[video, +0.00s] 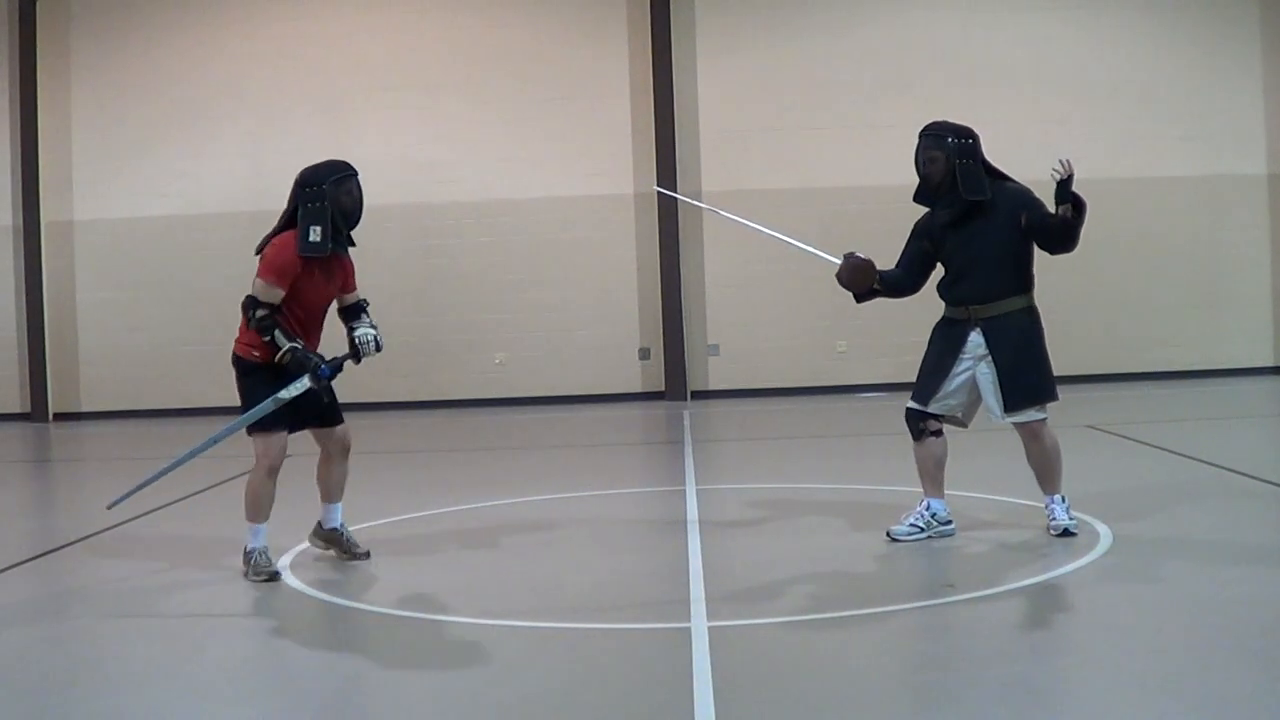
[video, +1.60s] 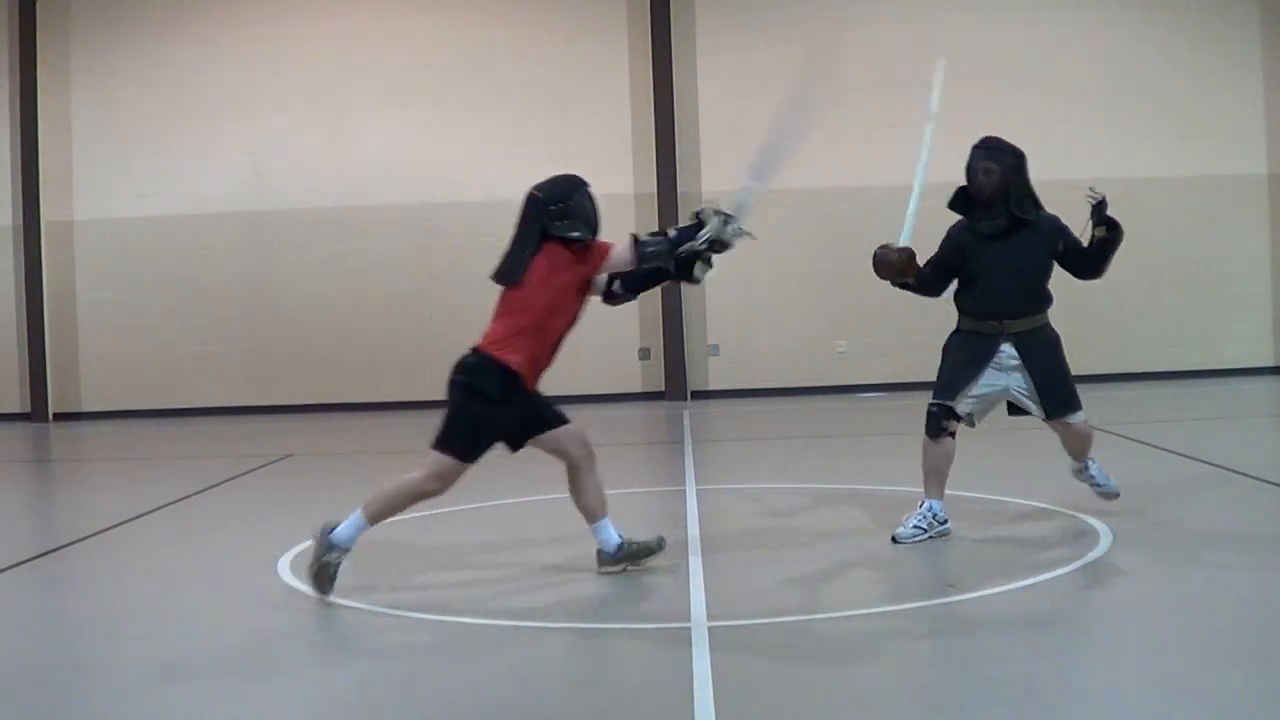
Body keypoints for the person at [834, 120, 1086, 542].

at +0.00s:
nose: (923, 168)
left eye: (931, 158)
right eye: (920, 160)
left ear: (958, 158)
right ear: (922, 163)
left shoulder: (1013, 199)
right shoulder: (934, 220)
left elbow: (1059, 241)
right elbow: (907, 278)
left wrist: (1068, 204)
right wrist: (870, 279)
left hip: (1011, 325)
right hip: (956, 327)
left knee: (1030, 418)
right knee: (923, 416)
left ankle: (1055, 503)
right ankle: (934, 510)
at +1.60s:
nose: (976, 179)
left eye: (985, 171)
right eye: (973, 171)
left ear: (1008, 175)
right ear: (968, 175)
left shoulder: (1043, 227)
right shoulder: (963, 232)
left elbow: (1085, 267)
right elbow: (933, 284)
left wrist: (1106, 239)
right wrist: (901, 274)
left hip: (1032, 338)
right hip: (973, 340)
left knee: (1070, 420)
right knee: (939, 418)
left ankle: (1083, 467)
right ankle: (932, 510)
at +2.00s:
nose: (1097, 178)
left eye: (1105, 171)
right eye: (1093, 170)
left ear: (1126, 175)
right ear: (1086, 173)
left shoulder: (1152, 226)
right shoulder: (1080, 223)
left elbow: (1188, 269)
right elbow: (1049, 266)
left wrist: (1227, 302)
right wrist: (1006, 268)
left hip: (1126, 331)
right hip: (1076, 328)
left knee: (1116, 414)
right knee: (1063, 421)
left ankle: (1096, 482)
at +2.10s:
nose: (1120, 180)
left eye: (1129, 173)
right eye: (1116, 172)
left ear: (1149, 177)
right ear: (1109, 174)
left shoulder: (1172, 225)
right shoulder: (1098, 212)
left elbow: (1206, 270)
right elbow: (1058, 220)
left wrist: (1238, 314)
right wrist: (1029, 200)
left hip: (1145, 327)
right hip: (1100, 323)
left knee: (1116, 406)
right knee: (1100, 417)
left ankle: (1094, 482)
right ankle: (1149, 449)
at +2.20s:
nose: (1140, 179)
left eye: (1149, 173)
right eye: (1138, 171)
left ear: (1170, 178)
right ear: (1134, 172)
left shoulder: (1195, 223)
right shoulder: (1124, 204)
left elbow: (1223, 273)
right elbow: (1085, 184)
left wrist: (1242, 322)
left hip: (1170, 319)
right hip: (1127, 314)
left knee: (1136, 391)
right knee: (1142, 404)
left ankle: (1111, 479)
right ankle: (1189, 459)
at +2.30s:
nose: (1168, 169)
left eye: (1177, 164)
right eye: (1164, 163)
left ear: (1195, 170)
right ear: (1157, 167)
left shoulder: (1219, 220)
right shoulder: (1148, 203)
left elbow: (1242, 273)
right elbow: (1111, 181)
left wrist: (1254, 322)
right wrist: (1104, 138)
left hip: (1198, 314)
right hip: (1155, 309)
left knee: (1173, 381)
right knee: (1160, 403)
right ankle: (1194, 465)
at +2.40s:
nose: (1188, 175)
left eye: (1196, 168)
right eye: (1184, 168)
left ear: (1217, 170)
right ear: (1178, 170)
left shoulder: (1244, 220)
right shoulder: (1173, 205)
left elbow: (1268, 273)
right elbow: (1129, 192)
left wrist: (1274, 320)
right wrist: (1124, 146)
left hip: (1221, 316)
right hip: (1178, 312)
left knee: (1221, 396)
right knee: (1169, 399)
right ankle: (1195, 468)